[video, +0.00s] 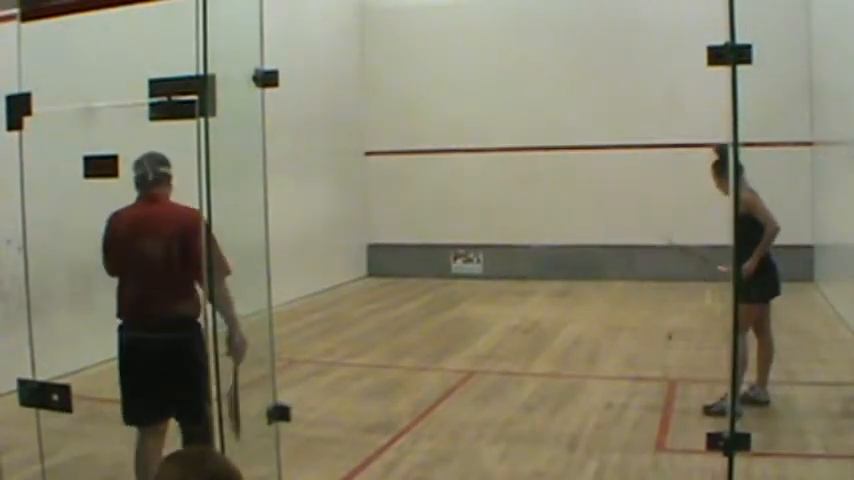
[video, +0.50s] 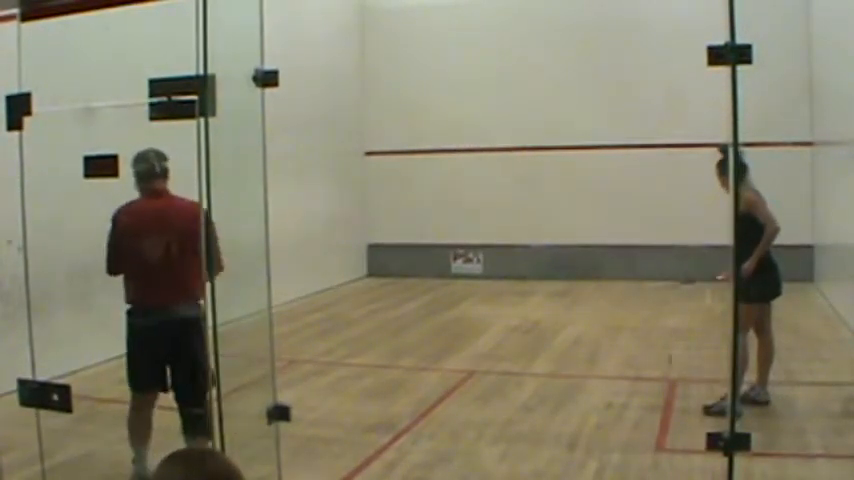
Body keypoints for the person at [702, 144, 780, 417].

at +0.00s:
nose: (717, 186)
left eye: (717, 180)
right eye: (716, 181)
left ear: (725, 178)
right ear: (731, 175)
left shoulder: (747, 197)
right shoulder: (741, 198)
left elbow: (772, 227)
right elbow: (752, 236)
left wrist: (753, 261)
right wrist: (737, 265)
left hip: (754, 275)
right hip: (754, 274)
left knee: (737, 333)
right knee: (762, 331)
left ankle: (733, 394)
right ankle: (760, 388)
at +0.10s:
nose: (718, 185)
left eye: (718, 179)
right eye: (716, 179)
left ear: (727, 176)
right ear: (731, 175)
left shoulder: (747, 197)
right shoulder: (741, 198)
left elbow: (772, 227)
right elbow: (748, 240)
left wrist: (753, 261)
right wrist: (735, 270)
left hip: (754, 276)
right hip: (754, 275)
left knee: (738, 333)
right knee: (762, 331)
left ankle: (733, 394)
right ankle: (760, 388)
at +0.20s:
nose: (717, 184)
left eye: (719, 178)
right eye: (717, 178)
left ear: (728, 176)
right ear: (732, 174)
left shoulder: (747, 197)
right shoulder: (741, 197)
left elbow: (772, 227)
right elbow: (751, 236)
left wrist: (753, 261)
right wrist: (737, 267)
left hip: (754, 275)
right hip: (753, 274)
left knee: (738, 332)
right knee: (762, 331)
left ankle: (733, 394)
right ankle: (760, 388)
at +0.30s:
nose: (718, 184)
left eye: (719, 179)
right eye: (718, 179)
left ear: (727, 177)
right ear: (734, 174)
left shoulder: (747, 197)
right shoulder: (741, 197)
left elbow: (772, 227)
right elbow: (751, 236)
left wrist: (753, 260)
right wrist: (736, 264)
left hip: (753, 276)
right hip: (756, 274)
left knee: (737, 333)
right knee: (762, 331)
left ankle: (733, 394)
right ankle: (760, 388)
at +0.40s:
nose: (718, 183)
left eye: (720, 178)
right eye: (718, 178)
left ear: (728, 176)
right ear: (735, 174)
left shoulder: (748, 197)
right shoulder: (742, 197)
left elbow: (772, 227)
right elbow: (754, 234)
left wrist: (753, 261)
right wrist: (740, 265)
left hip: (754, 276)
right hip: (754, 274)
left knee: (738, 333)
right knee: (762, 331)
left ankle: (733, 394)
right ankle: (760, 388)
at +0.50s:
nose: (720, 183)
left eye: (721, 177)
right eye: (719, 178)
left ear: (729, 176)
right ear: (737, 173)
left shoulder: (749, 198)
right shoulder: (742, 199)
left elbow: (772, 227)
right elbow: (748, 241)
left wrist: (752, 262)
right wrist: (734, 270)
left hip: (754, 277)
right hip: (756, 275)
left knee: (739, 333)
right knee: (763, 331)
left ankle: (733, 395)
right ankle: (760, 388)